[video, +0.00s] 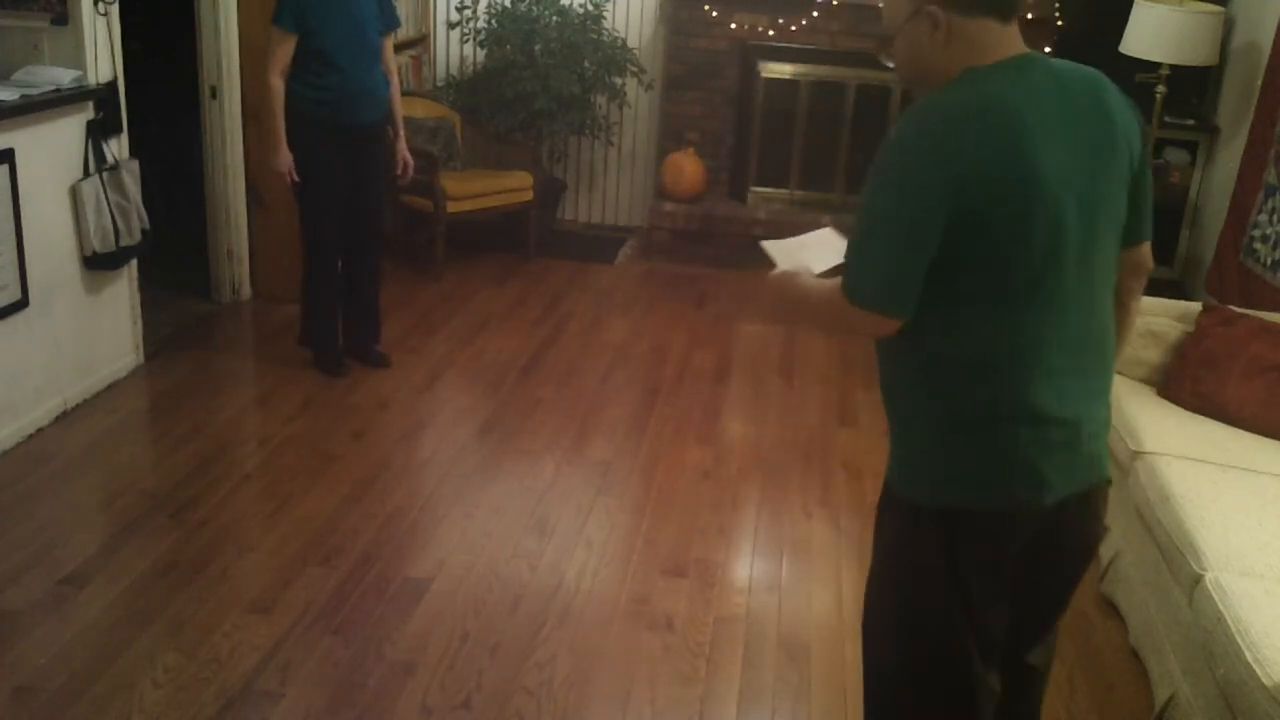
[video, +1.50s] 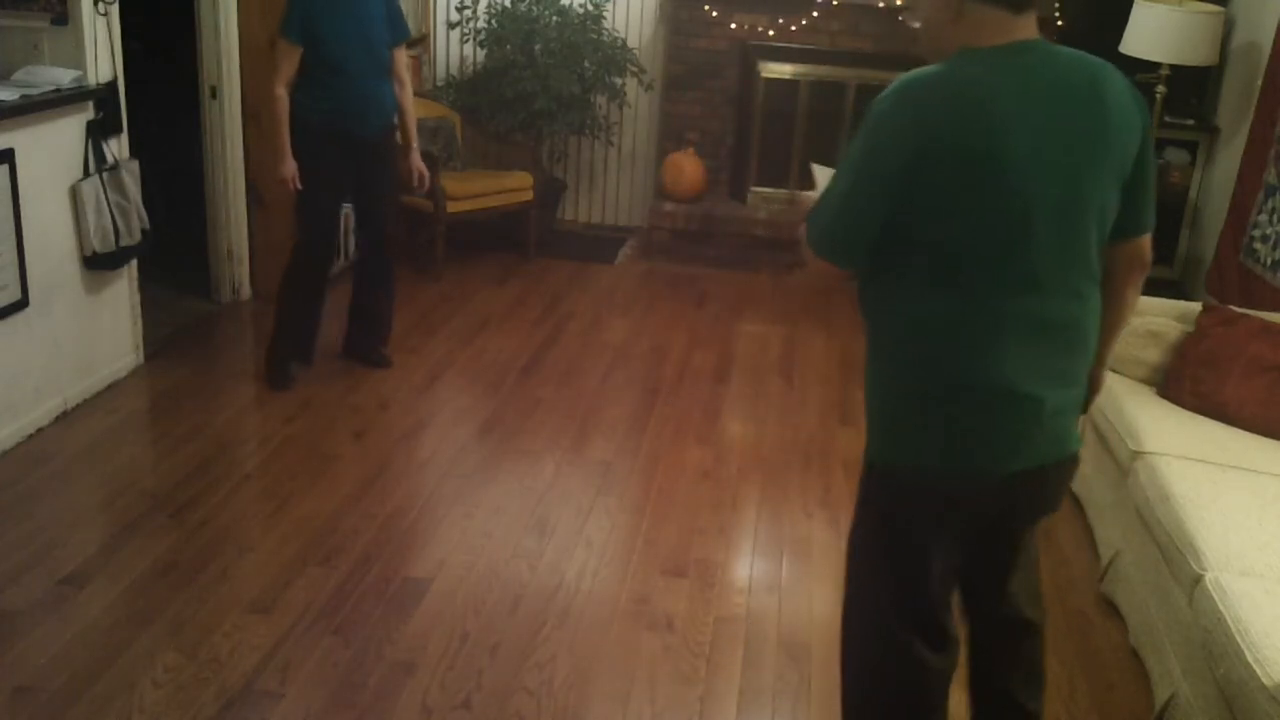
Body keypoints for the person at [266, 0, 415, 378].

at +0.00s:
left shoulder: (379, 6)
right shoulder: (297, 6)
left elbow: (389, 71)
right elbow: (276, 73)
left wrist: (400, 137)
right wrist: (281, 146)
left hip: (370, 133)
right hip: (317, 134)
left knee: (367, 239)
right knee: (322, 241)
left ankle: (363, 339)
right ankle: (323, 345)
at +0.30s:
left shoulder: (380, 6)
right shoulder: (296, 7)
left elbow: (391, 70)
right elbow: (277, 74)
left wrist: (398, 136)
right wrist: (281, 146)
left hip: (370, 132)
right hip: (317, 134)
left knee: (367, 238)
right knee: (323, 240)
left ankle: (363, 339)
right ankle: (323, 345)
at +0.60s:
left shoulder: (381, 6)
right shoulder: (298, 7)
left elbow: (390, 72)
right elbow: (278, 74)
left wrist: (397, 139)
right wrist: (281, 146)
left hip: (372, 131)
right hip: (318, 132)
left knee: (368, 238)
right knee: (324, 239)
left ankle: (363, 340)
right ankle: (323, 345)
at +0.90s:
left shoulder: (384, 6)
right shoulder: (300, 7)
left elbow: (393, 71)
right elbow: (281, 74)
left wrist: (400, 138)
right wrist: (283, 145)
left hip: (374, 132)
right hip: (320, 133)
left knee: (368, 239)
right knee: (324, 240)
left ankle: (364, 340)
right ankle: (324, 345)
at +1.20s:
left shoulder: (389, 7)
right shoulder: (304, 7)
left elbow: (402, 74)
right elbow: (285, 75)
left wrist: (406, 141)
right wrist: (287, 146)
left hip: (377, 133)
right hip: (323, 134)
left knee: (370, 238)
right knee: (327, 239)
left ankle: (365, 339)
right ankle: (326, 345)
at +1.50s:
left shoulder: (387, 7)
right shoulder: (306, 8)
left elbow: (401, 79)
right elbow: (281, 84)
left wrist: (413, 148)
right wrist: (285, 155)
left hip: (376, 141)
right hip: (320, 142)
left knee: (376, 242)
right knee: (316, 245)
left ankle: (365, 341)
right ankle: (285, 354)